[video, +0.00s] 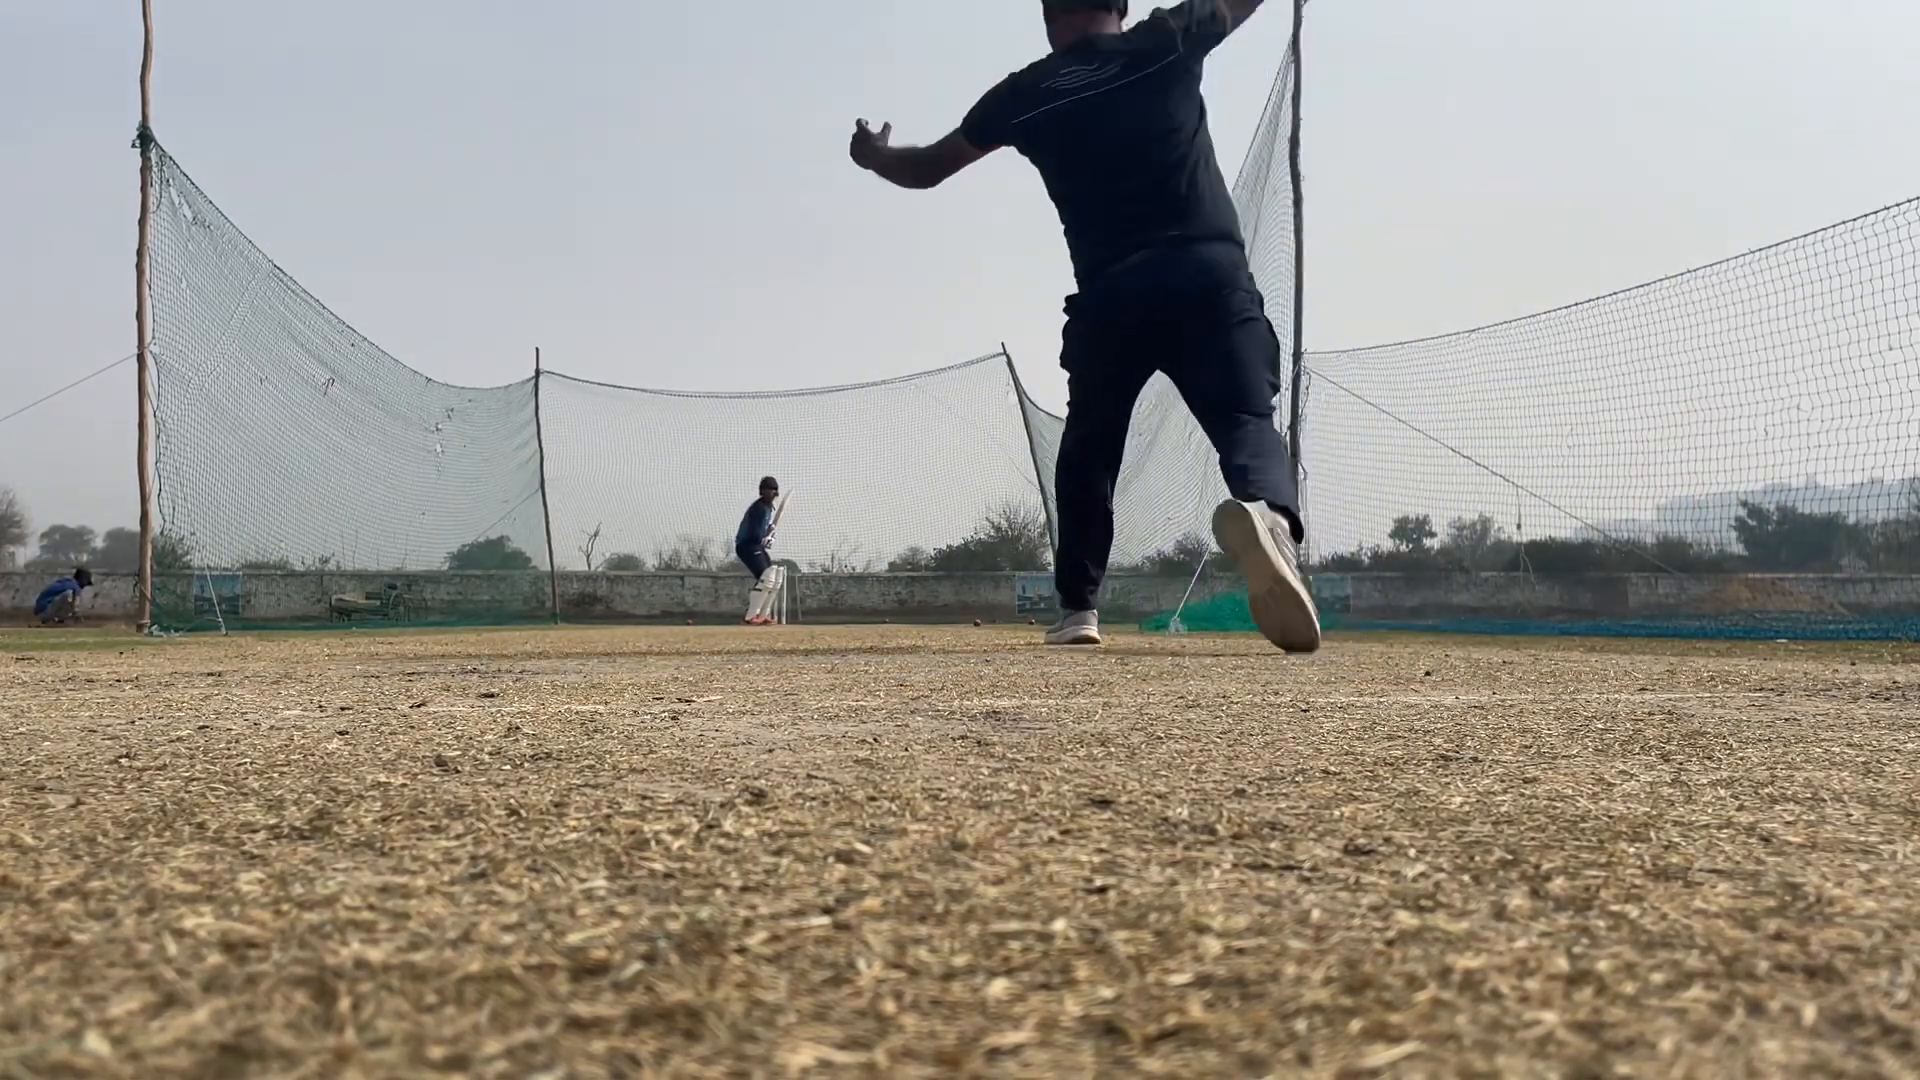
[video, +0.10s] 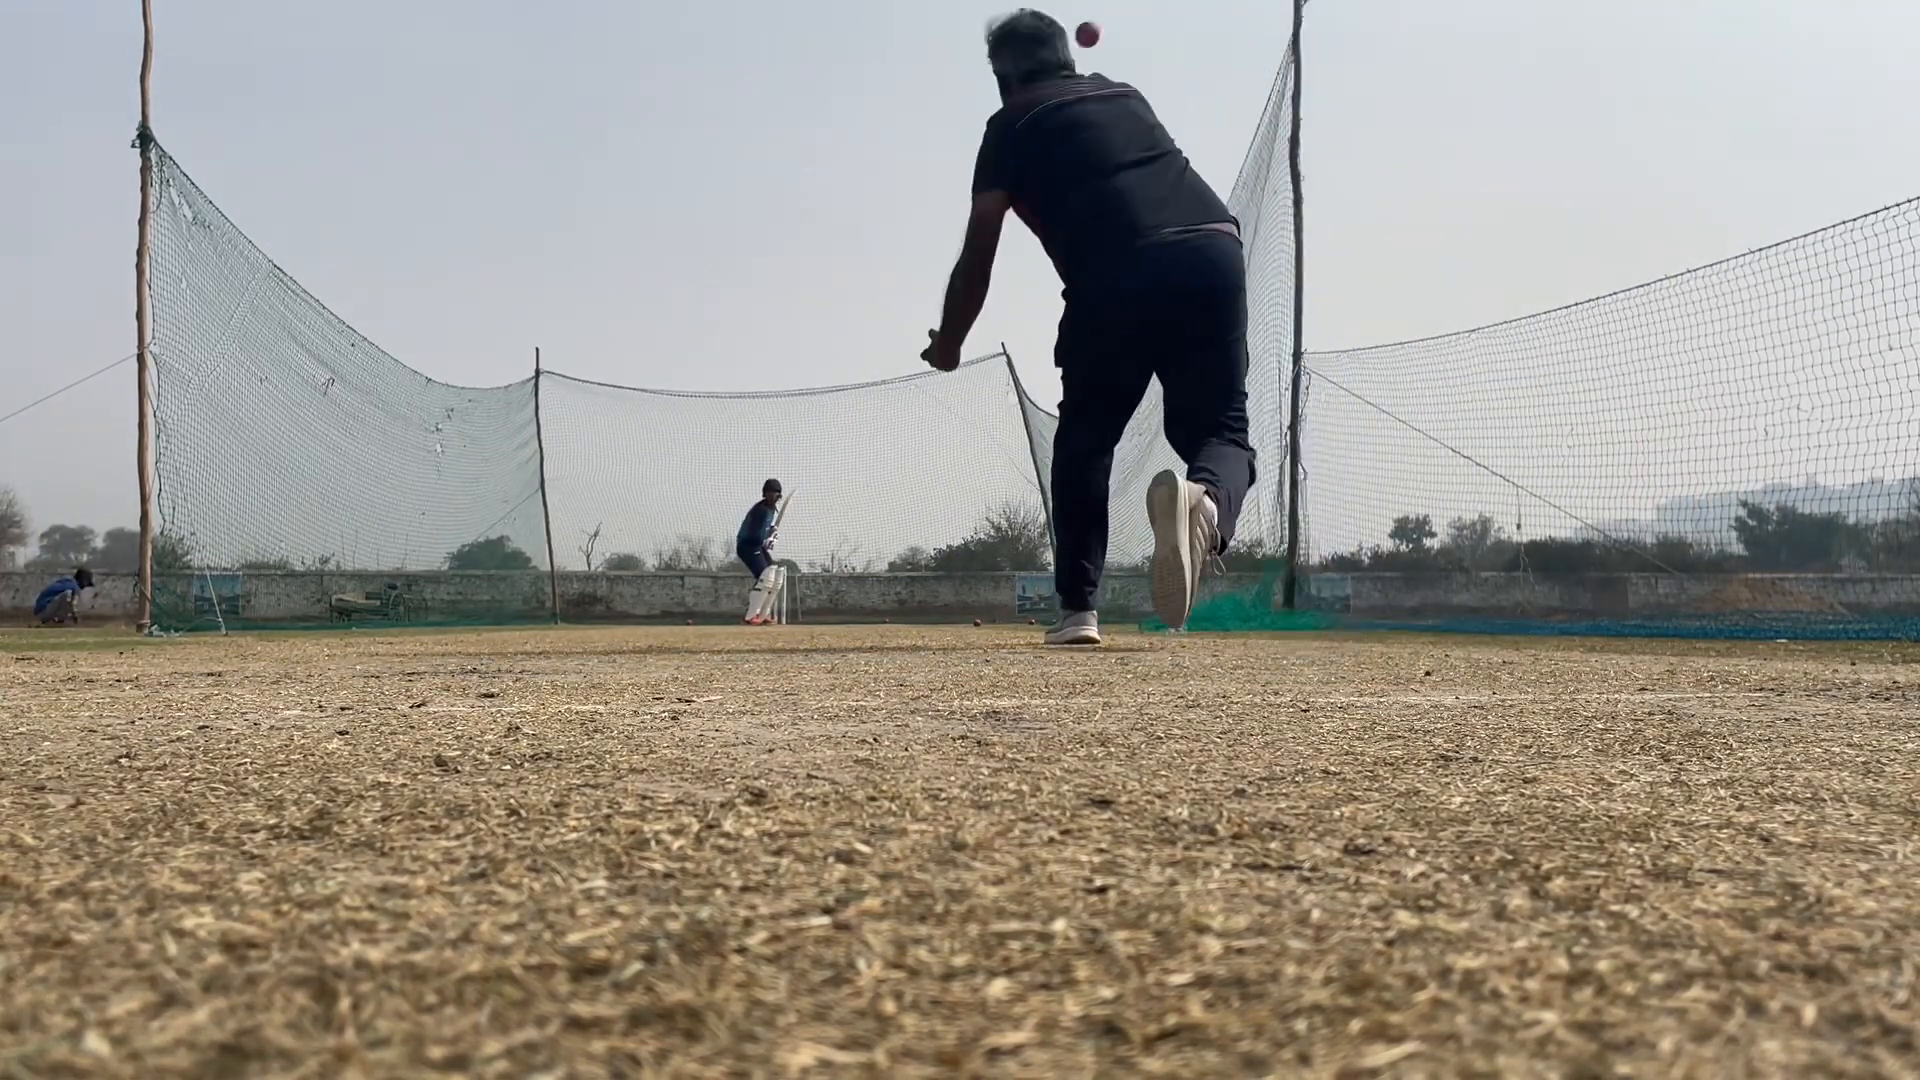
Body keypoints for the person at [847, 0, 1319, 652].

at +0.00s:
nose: (1048, 23)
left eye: (1049, 15)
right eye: (1118, 9)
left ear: (1050, 18)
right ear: (1120, 11)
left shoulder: (1021, 94)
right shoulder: (1170, 38)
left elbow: (927, 167)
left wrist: (873, 154)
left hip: (1109, 293)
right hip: (1209, 269)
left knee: (1090, 446)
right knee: (1245, 415)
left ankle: (1079, 613)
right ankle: (1265, 514)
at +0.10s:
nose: (1001, 92)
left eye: (1000, 81)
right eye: (1003, 83)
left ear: (1005, 76)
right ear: (1070, 62)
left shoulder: (1007, 129)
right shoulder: (1121, 94)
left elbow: (976, 261)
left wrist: (949, 340)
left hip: (1113, 272)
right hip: (1211, 249)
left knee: (1085, 439)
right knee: (1220, 423)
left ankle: (1079, 612)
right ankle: (1205, 510)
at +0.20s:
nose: (974, 127)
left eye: (971, 114)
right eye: (972, 116)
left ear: (980, 102)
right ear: (1034, 87)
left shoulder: (998, 116)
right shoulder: (1087, 126)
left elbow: (1033, 183)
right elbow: (1099, 264)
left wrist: (1042, 252)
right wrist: (1038, 372)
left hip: (1111, 251)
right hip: (1199, 229)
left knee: (1083, 432)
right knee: (1254, 396)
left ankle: (1080, 611)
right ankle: (1242, 442)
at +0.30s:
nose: (956, 171)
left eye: (954, 152)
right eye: (950, 158)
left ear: (974, 130)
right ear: (979, 141)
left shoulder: (997, 116)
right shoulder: (1038, 194)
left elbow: (1014, 31)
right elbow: (1065, 280)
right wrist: (1012, 312)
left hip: (1120, 258)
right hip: (1200, 233)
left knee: (1079, 432)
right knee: (1291, 381)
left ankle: (1081, 605)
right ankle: (1374, 324)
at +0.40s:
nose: (953, 157)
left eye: (950, 138)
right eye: (948, 145)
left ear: (970, 114)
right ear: (974, 135)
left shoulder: (997, 94)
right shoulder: (1018, 202)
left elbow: (963, 12)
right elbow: (1027, 295)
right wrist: (975, 328)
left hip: (1125, 257)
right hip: (1191, 233)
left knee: (1083, 443)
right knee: (1312, 355)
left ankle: (1084, 609)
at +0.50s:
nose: (942, 84)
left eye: (949, 76)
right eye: (945, 77)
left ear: (969, 77)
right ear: (1008, 96)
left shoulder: (994, 82)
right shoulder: (1050, 162)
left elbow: (878, 21)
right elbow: (1051, 275)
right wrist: (987, 356)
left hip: (1120, 262)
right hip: (1189, 237)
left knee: (1086, 437)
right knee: (1307, 358)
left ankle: (1085, 609)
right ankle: (1466, 268)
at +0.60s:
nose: (962, 93)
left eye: (966, 80)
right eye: (971, 83)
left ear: (980, 67)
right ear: (1030, 62)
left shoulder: (983, 83)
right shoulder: (1072, 104)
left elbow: (875, 132)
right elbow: (1100, 251)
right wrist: (1048, 351)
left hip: (1124, 254)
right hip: (1190, 227)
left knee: (1086, 439)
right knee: (1269, 374)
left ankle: (1086, 611)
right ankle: (1441, 349)